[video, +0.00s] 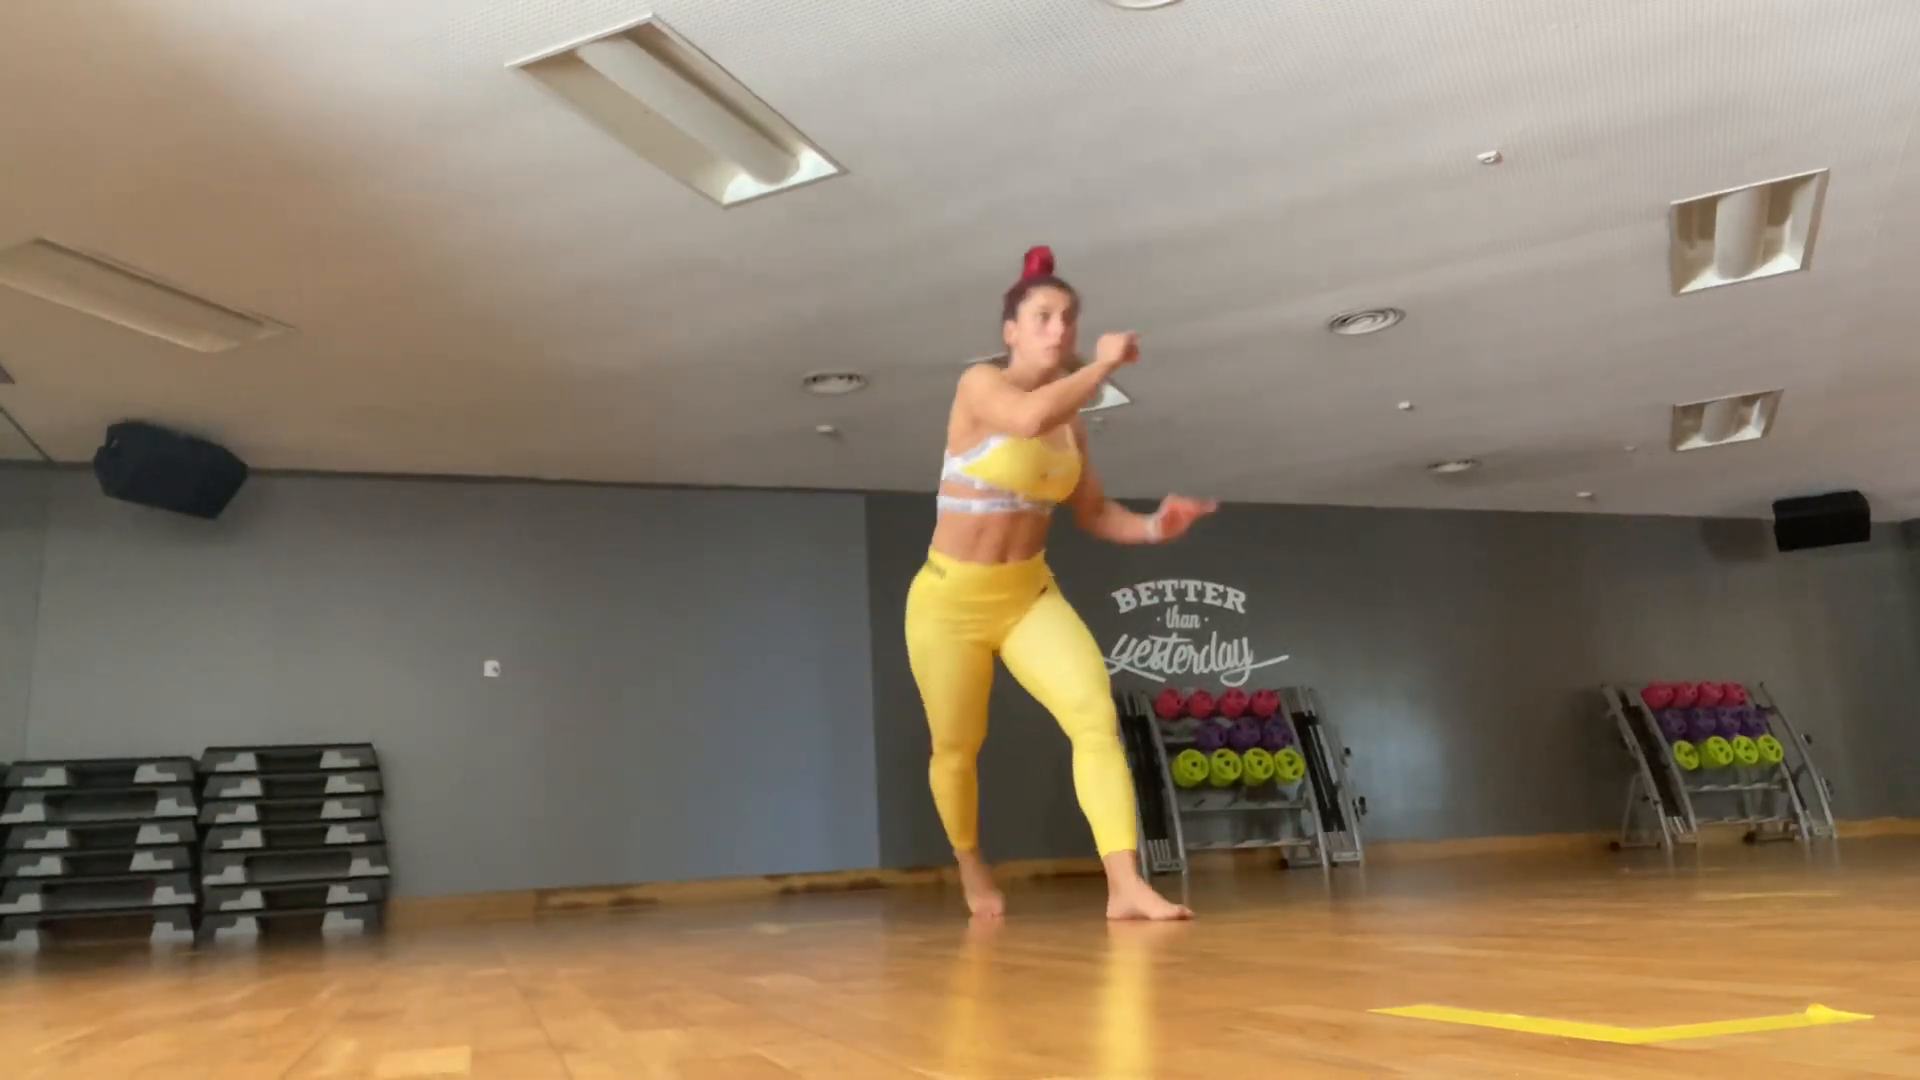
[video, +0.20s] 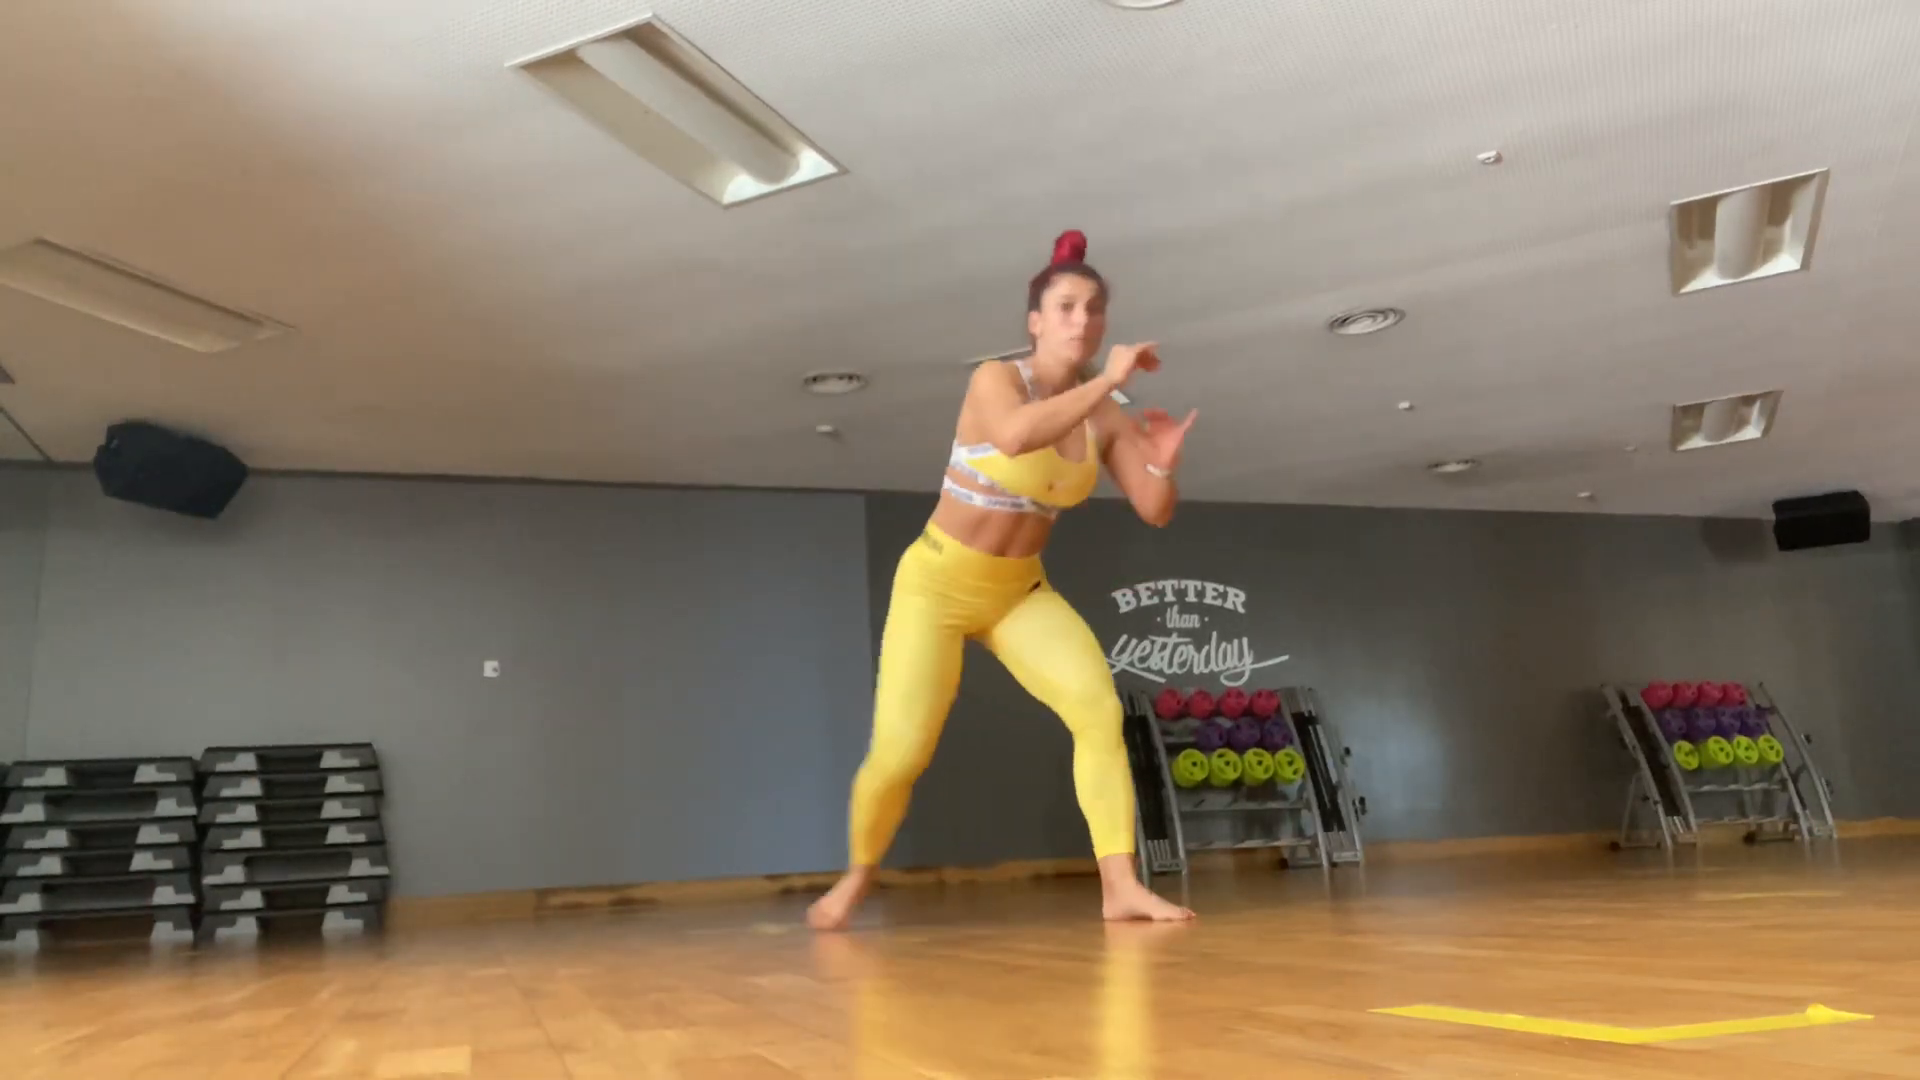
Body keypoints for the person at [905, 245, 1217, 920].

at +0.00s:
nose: (1060, 329)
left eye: (1068, 320)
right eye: (1044, 316)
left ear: (1074, 331)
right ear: (1010, 327)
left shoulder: (1069, 419)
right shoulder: (979, 384)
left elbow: (1093, 513)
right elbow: (1026, 414)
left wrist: (1152, 527)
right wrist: (1100, 368)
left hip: (1029, 599)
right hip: (949, 603)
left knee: (1093, 715)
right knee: (955, 749)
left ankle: (1125, 885)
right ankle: (970, 866)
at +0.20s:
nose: (1083, 321)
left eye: (1094, 309)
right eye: (1066, 306)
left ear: (1105, 322)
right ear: (1035, 321)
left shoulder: (1108, 414)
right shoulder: (995, 378)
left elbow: (1155, 509)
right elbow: (1014, 434)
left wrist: (1164, 466)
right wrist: (1106, 381)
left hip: (1020, 593)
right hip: (937, 581)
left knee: (1096, 707)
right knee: (900, 755)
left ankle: (1121, 888)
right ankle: (857, 874)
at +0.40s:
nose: (977, 325)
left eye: (990, 314)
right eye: (959, 311)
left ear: (1009, 329)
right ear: (931, 327)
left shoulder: (1030, 414)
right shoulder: (892, 395)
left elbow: (1097, 497)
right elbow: (926, 403)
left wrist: (1145, 518)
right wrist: (997, 349)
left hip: (983, 597)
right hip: (889, 596)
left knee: (1075, 711)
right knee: (824, 724)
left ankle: (1121, 892)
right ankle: (771, 904)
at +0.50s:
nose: (927, 326)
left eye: (941, 312)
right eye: (910, 309)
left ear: (960, 325)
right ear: (881, 321)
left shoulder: (978, 410)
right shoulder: (842, 393)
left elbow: (1051, 486)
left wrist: (1111, 504)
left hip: (934, 594)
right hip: (838, 591)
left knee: (1025, 722)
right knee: (797, 723)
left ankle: (1118, 881)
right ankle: (767, 911)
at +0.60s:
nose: (892, 317)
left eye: (907, 303)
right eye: (874, 303)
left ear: (924, 316)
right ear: (845, 315)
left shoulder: (946, 402)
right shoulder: (805, 391)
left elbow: (1031, 465)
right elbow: (750, 455)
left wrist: (1088, 469)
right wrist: (838, 398)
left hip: (893, 589)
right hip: (800, 583)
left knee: (969, 732)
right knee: (769, 722)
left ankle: (1061, 879)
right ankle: (762, 910)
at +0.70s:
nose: (861, 301)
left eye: (875, 288)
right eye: (844, 285)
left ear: (892, 306)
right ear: (814, 302)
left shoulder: (918, 386)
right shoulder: (767, 389)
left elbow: (1022, 431)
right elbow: (686, 468)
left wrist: (1047, 400)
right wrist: (641, 505)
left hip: (865, 580)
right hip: (772, 575)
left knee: (891, 731)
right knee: (753, 724)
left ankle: (897, 873)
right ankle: (757, 909)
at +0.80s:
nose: (853, 286)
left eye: (866, 275)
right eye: (836, 273)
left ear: (881, 296)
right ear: (805, 291)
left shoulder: (904, 374)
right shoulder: (757, 382)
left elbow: (1011, 396)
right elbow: (665, 478)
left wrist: (993, 344)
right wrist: (586, 539)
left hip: (852, 580)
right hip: (765, 571)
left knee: (842, 726)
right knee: (754, 719)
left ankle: (813, 848)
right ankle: (756, 905)